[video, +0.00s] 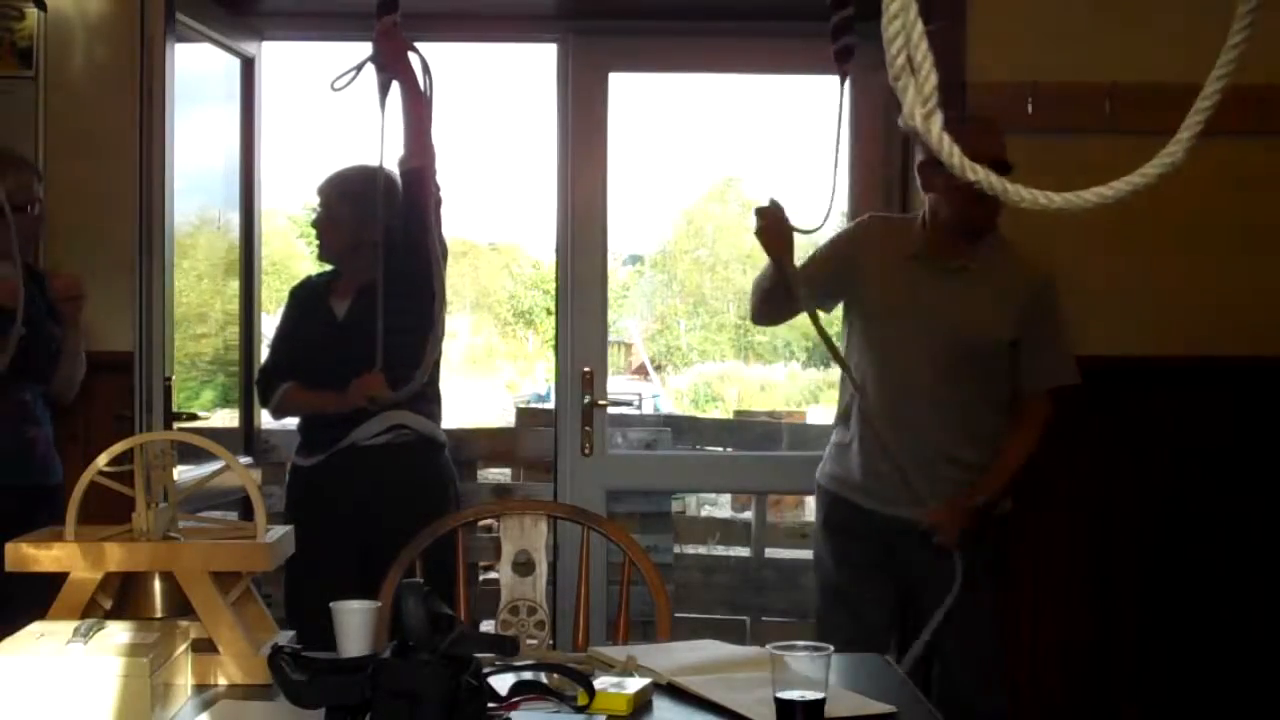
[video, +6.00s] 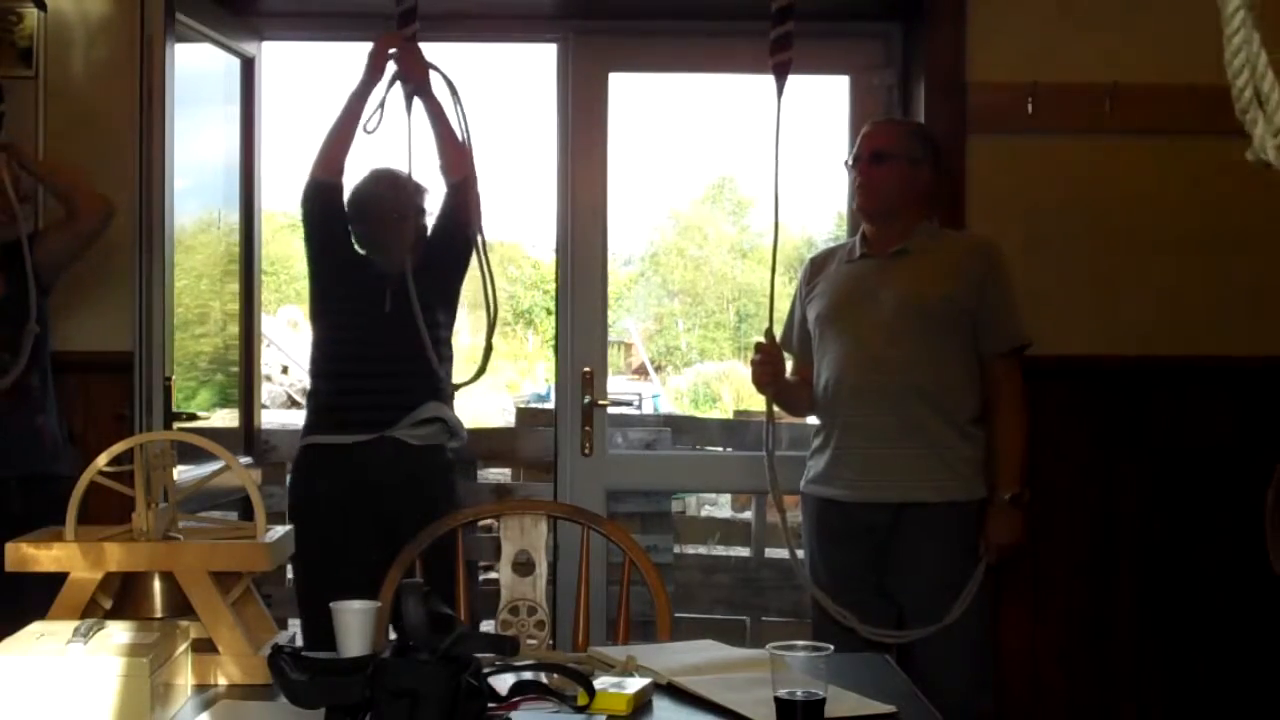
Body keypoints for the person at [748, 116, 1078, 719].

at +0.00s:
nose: (981, 193)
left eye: (993, 179)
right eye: (965, 178)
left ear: (1006, 187)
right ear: (928, 181)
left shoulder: (1022, 284)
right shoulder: (872, 240)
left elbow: (1037, 411)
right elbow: (767, 312)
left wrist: (974, 503)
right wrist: (780, 260)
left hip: (960, 525)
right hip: (856, 510)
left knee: (959, 690)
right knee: (854, 681)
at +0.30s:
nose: (975, 176)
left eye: (987, 162)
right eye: (958, 161)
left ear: (1002, 177)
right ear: (925, 173)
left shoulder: (1025, 273)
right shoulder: (872, 245)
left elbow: (1055, 410)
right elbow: (775, 307)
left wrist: (1059, 517)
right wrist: (701, 277)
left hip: (978, 518)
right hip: (867, 507)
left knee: (976, 689)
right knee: (863, 682)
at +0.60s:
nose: (919, 167)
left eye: (936, 153)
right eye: (903, 153)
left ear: (961, 167)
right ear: (877, 168)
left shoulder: (996, 259)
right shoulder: (836, 258)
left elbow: (1043, 378)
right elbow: (765, 354)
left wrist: (1081, 482)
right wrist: (694, 365)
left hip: (966, 520)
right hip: (857, 517)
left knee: (970, 689)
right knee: (864, 685)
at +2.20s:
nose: (853, 170)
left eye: (871, 158)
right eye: (852, 160)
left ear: (916, 172)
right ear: (850, 175)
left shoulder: (975, 260)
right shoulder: (823, 271)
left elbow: (1011, 386)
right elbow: (809, 398)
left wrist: (1018, 500)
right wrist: (783, 382)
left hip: (952, 507)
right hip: (845, 506)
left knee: (954, 682)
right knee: (854, 681)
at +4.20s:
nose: (909, 171)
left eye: (923, 159)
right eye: (892, 160)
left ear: (941, 174)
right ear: (863, 178)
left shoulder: (983, 265)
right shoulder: (823, 269)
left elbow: (1012, 390)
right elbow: (806, 396)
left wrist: (1016, 503)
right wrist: (785, 383)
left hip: (953, 508)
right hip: (843, 506)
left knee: (952, 681)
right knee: (853, 678)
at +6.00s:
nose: (859, 171)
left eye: (879, 159)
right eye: (856, 160)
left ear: (924, 176)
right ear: (848, 175)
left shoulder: (970, 260)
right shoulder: (821, 270)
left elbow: (1005, 383)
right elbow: (810, 395)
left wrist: (1006, 498)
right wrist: (775, 386)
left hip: (941, 506)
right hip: (836, 505)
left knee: (946, 681)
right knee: (847, 678)